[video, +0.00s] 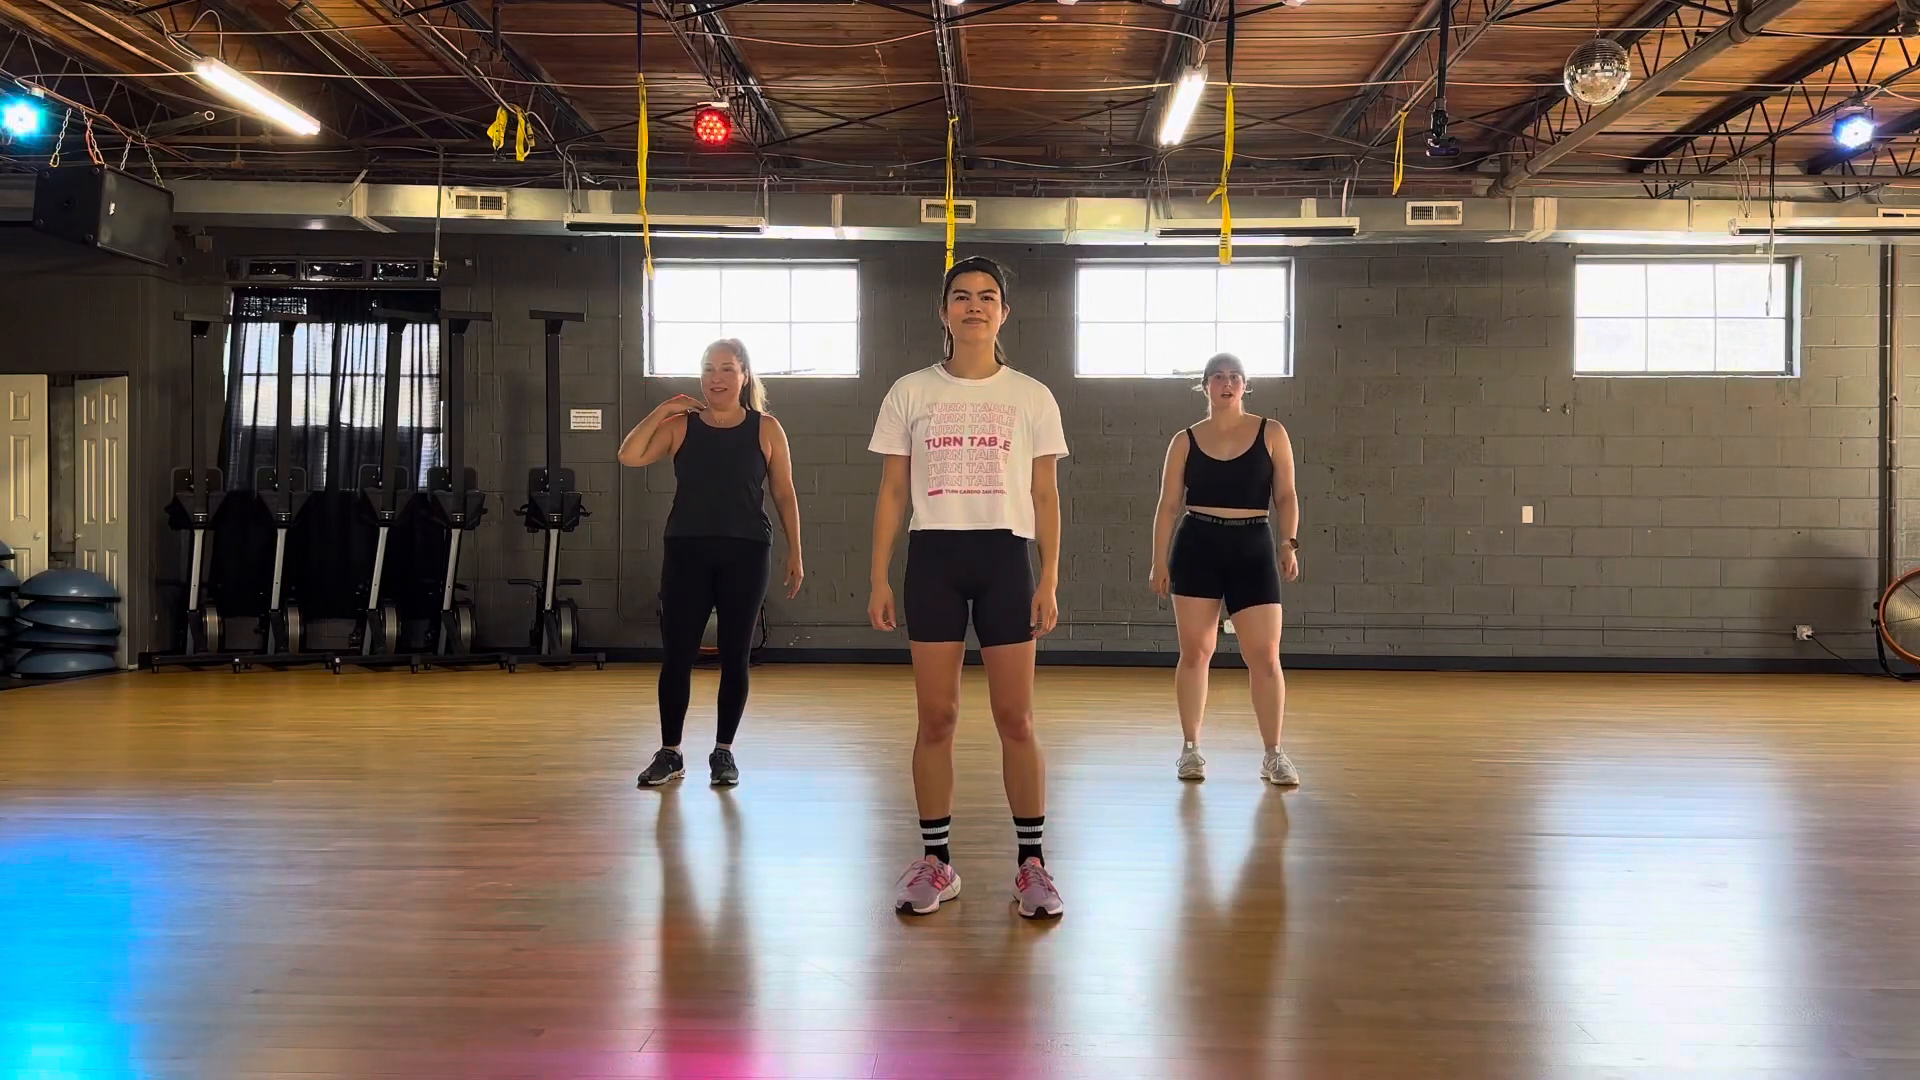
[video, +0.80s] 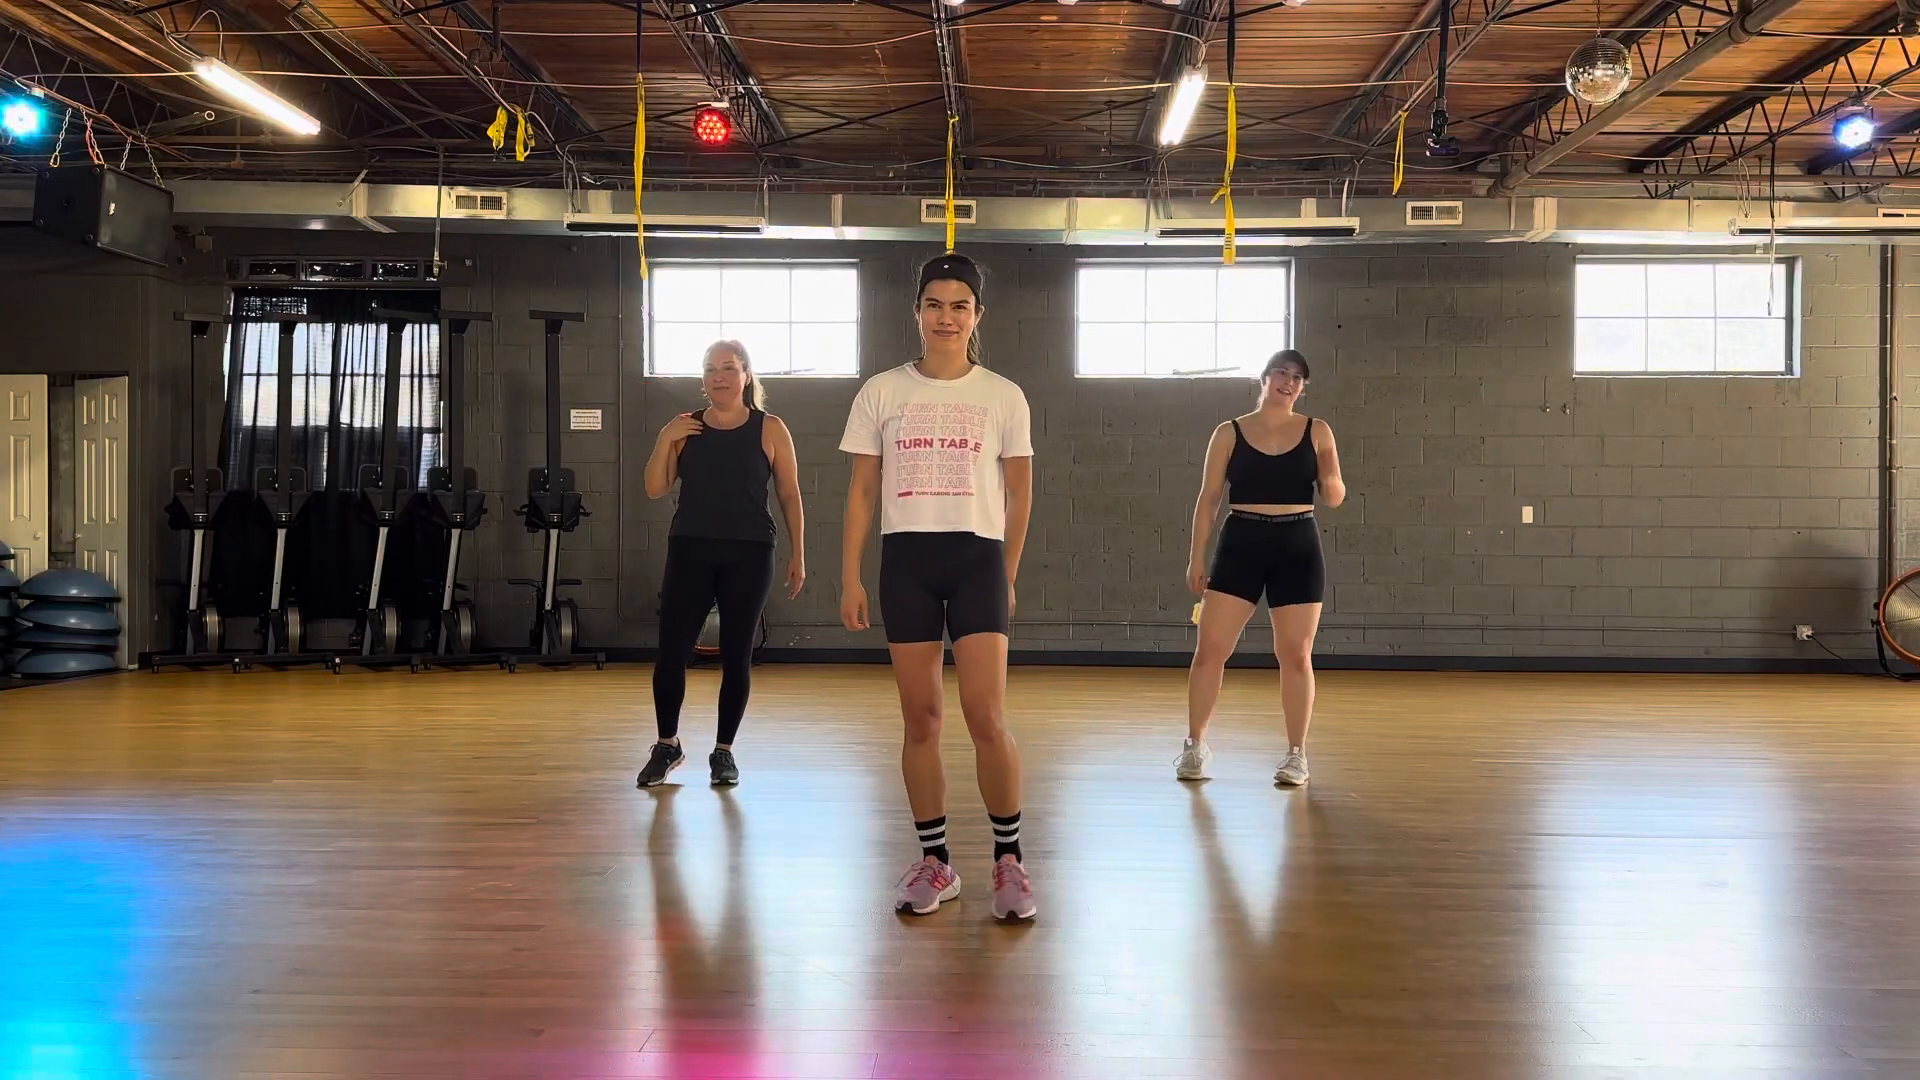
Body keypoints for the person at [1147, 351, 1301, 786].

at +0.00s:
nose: (1225, 382)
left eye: (1233, 376)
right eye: (1217, 376)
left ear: (1244, 386)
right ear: (1205, 386)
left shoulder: (1271, 433)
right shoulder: (1185, 440)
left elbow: (1285, 496)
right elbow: (1168, 505)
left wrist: (1288, 543)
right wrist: (1159, 561)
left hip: (1253, 552)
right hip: (1195, 549)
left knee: (1265, 658)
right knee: (1195, 651)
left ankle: (1273, 754)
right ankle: (1191, 748)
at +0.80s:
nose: (1285, 381)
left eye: (1294, 377)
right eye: (1279, 373)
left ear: (1302, 388)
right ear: (1263, 379)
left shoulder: (1317, 432)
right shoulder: (1230, 432)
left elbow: (1334, 497)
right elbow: (1208, 498)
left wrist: (1326, 478)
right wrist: (1196, 558)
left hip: (1297, 550)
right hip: (1240, 547)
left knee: (1296, 656)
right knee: (1210, 651)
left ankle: (1296, 755)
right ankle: (1194, 746)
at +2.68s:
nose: (1268, 373)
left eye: (1277, 367)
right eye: (1260, 365)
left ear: (1288, 379)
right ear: (1242, 375)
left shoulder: (1309, 434)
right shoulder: (1210, 432)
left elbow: (1322, 504)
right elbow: (1189, 505)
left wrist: (1331, 568)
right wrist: (1218, 556)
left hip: (1293, 567)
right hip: (1227, 566)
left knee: (1270, 688)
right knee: (1243, 689)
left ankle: (1254, 800)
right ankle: (1266, 780)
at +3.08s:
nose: (1276, 344)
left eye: (1286, 337)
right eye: (1265, 336)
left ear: (1298, 354)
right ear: (1246, 351)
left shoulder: (1319, 427)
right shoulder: (1212, 413)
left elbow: (1336, 508)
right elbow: (1177, 490)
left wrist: (1389, 545)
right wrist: (1130, 538)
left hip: (1297, 562)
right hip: (1226, 557)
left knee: (1273, 694)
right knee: (1230, 694)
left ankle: (1251, 812)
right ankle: (1209, 768)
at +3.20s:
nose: (1275, 342)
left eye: (1285, 336)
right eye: (1265, 334)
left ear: (1298, 353)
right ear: (1247, 349)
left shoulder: (1317, 420)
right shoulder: (1210, 408)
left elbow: (1364, 476)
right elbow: (1154, 465)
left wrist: (1406, 417)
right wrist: (1094, 416)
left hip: (1298, 548)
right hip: (1227, 546)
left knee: (1278, 691)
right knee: (1267, 653)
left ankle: (1251, 811)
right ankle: (1224, 746)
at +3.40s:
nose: (1265, 335)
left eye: (1275, 328)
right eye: (1255, 327)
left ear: (1288, 341)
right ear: (1237, 339)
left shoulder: (1314, 392)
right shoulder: (1211, 392)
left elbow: (1402, 391)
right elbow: (1130, 381)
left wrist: (1343, 368)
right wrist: (1173, 385)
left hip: (1304, 543)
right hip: (1232, 544)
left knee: (1277, 681)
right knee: (1286, 639)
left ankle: (1253, 809)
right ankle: (1295, 787)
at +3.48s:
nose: (1263, 338)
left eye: (1273, 330)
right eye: (1252, 330)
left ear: (1287, 339)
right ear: (1236, 339)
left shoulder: (1312, 373)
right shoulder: (1214, 390)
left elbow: (1398, 384)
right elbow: (1133, 387)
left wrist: (1346, 412)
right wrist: (1188, 425)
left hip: (1311, 539)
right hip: (1242, 541)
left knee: (1281, 689)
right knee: (1283, 683)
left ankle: (1251, 808)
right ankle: (1299, 828)